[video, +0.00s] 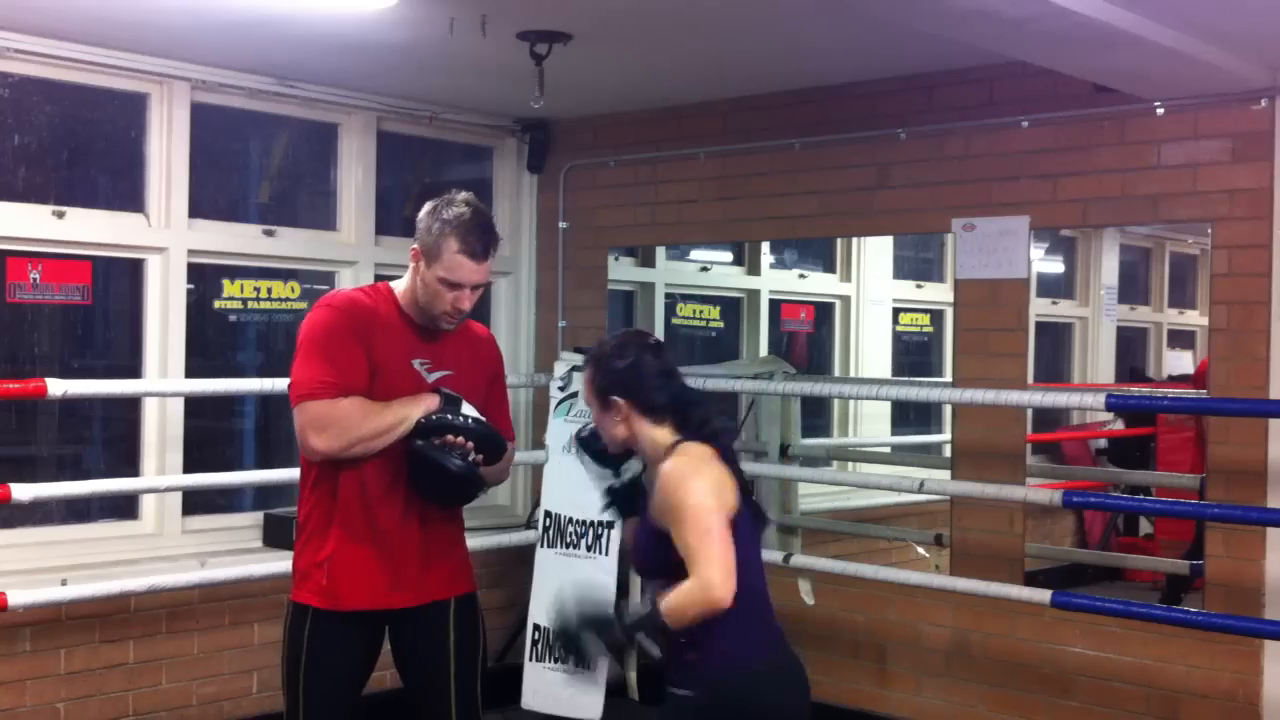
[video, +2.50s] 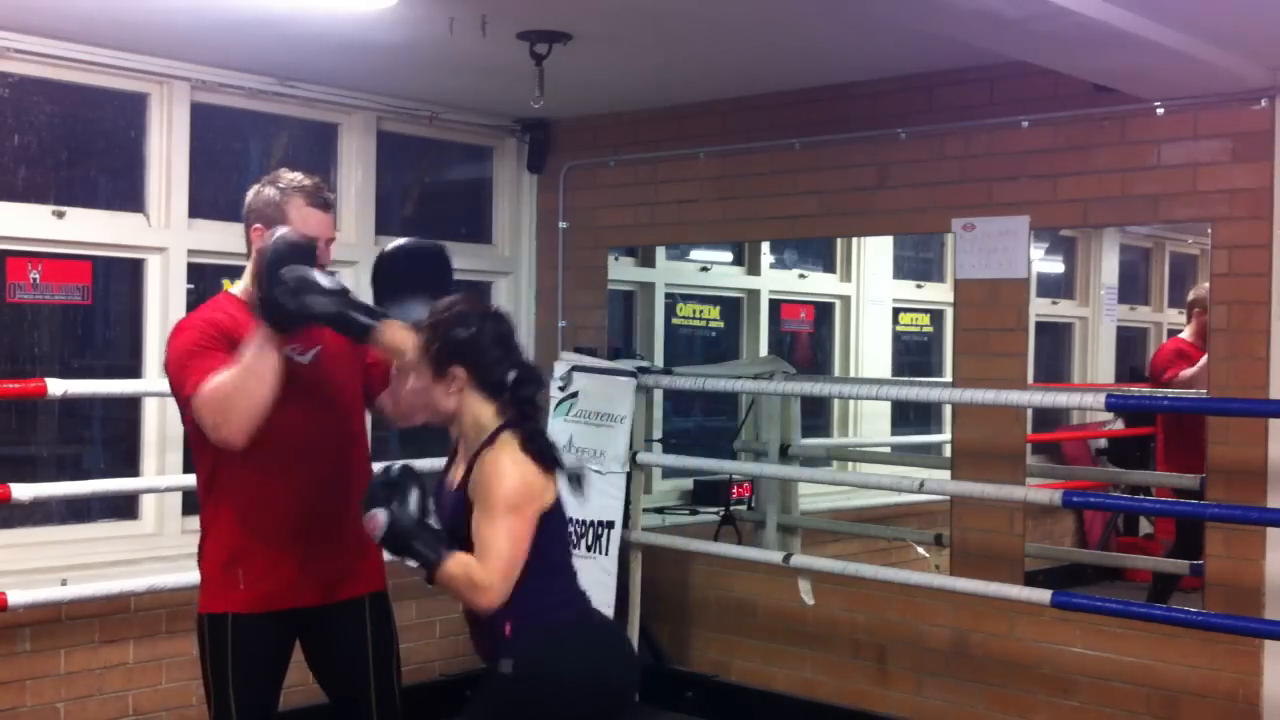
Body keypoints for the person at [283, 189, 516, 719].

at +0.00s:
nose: (465, 303)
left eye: (478, 288)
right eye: (452, 285)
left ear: (489, 272)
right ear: (416, 259)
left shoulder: (478, 345)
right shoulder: (340, 316)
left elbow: (500, 465)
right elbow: (320, 433)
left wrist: (476, 455)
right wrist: (428, 402)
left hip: (439, 579)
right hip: (339, 580)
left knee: (455, 710)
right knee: (318, 713)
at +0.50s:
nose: (436, 300)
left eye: (446, 285)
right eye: (421, 285)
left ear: (455, 267)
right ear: (384, 263)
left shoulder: (462, 334)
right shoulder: (323, 315)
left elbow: (495, 442)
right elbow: (315, 429)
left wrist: (464, 441)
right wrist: (420, 390)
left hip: (437, 578)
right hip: (336, 582)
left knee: (452, 709)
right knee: (319, 713)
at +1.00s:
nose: (480, 274)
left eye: (488, 259)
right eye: (465, 255)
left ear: (494, 257)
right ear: (421, 247)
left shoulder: (492, 338)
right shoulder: (344, 331)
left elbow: (502, 431)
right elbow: (277, 440)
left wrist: (501, 511)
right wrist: (399, 483)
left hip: (442, 585)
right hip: (338, 582)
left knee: (448, 709)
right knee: (307, 711)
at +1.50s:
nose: (364, 257)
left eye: (370, 243)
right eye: (348, 240)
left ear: (378, 243)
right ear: (300, 237)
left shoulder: (383, 329)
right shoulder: (239, 326)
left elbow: (454, 417)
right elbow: (245, 434)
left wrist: (455, 337)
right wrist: (308, 337)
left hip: (359, 577)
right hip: (257, 579)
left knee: (396, 710)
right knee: (242, 712)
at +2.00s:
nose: (345, 258)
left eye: (353, 245)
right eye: (331, 241)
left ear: (363, 245)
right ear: (285, 236)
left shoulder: (372, 326)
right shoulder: (226, 323)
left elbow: (445, 401)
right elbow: (254, 416)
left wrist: (463, 332)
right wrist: (316, 316)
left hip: (354, 581)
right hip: (251, 586)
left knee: (382, 710)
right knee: (241, 713)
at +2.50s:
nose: (320, 262)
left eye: (329, 246)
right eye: (307, 245)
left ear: (336, 242)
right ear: (260, 238)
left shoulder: (343, 330)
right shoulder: (203, 331)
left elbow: (403, 407)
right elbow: (229, 424)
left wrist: (408, 329)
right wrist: (272, 319)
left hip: (348, 582)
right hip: (246, 591)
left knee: (378, 710)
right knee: (241, 714)